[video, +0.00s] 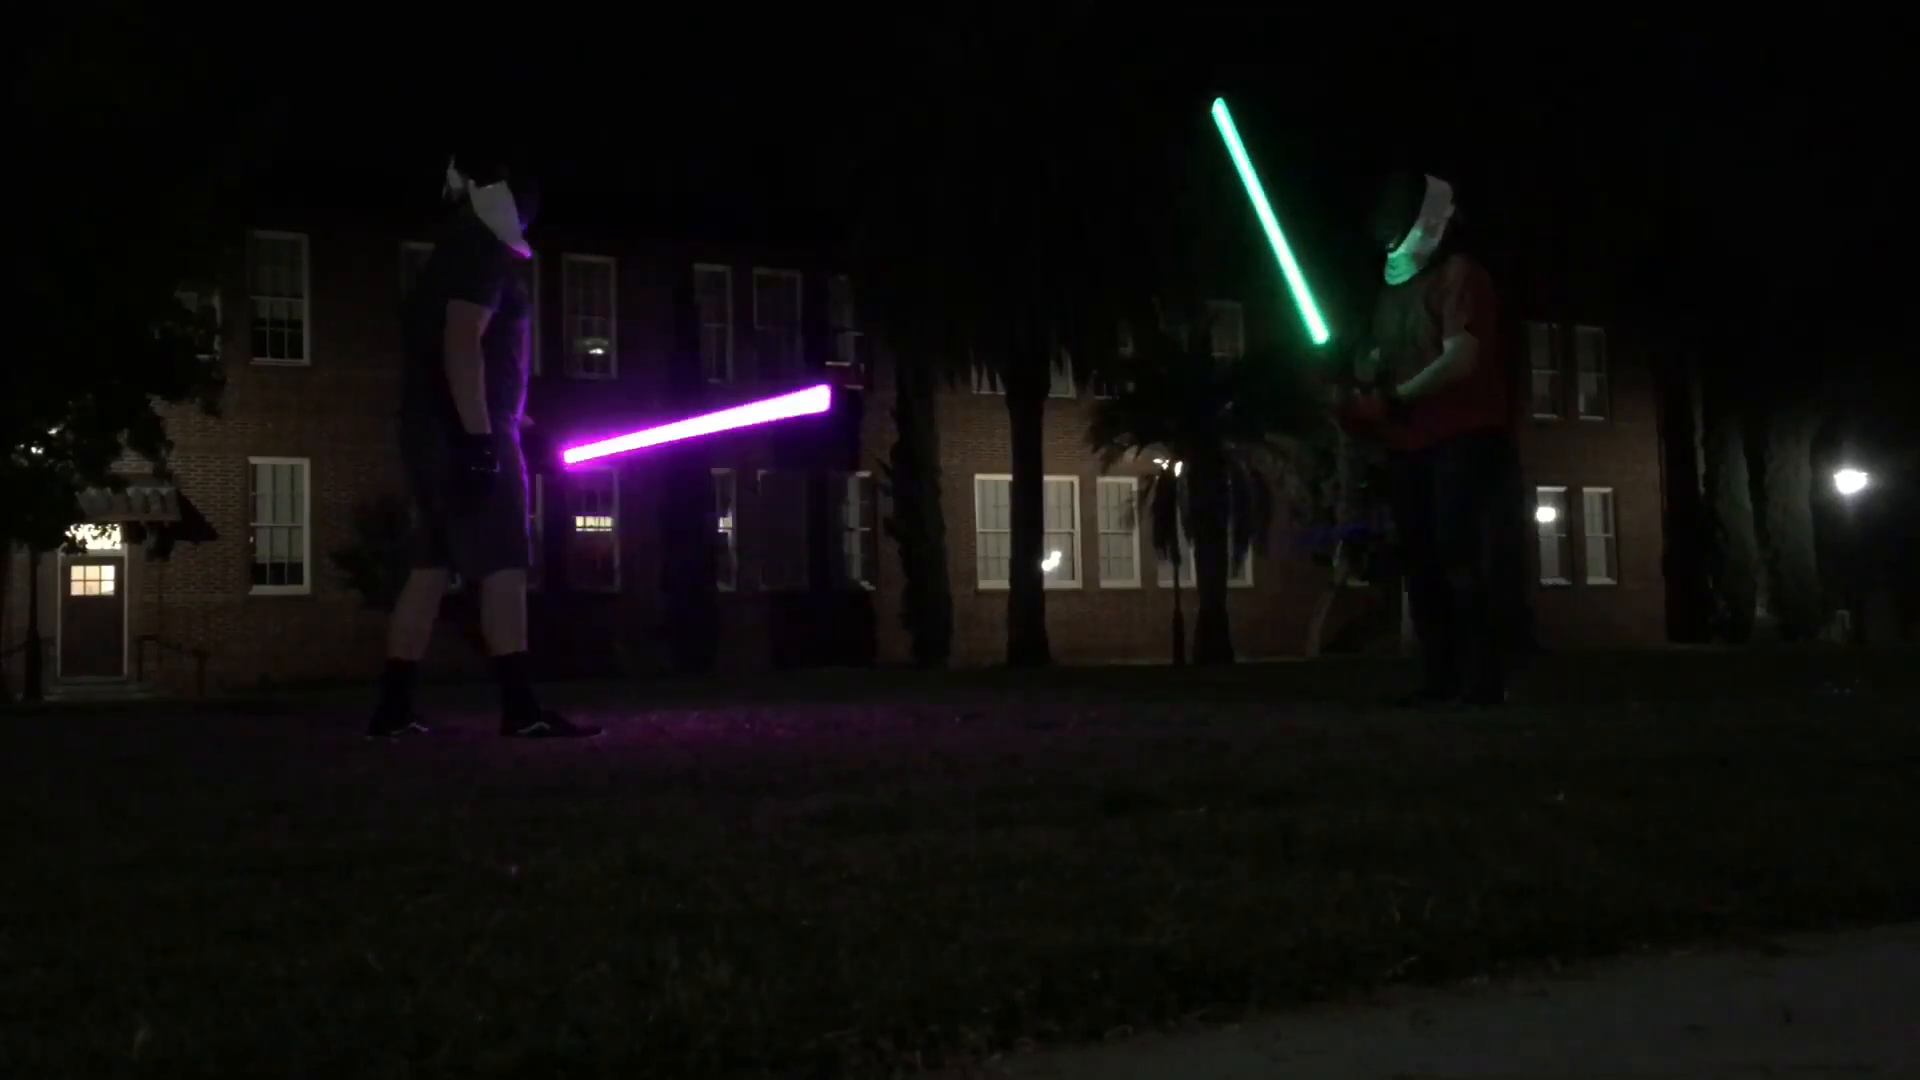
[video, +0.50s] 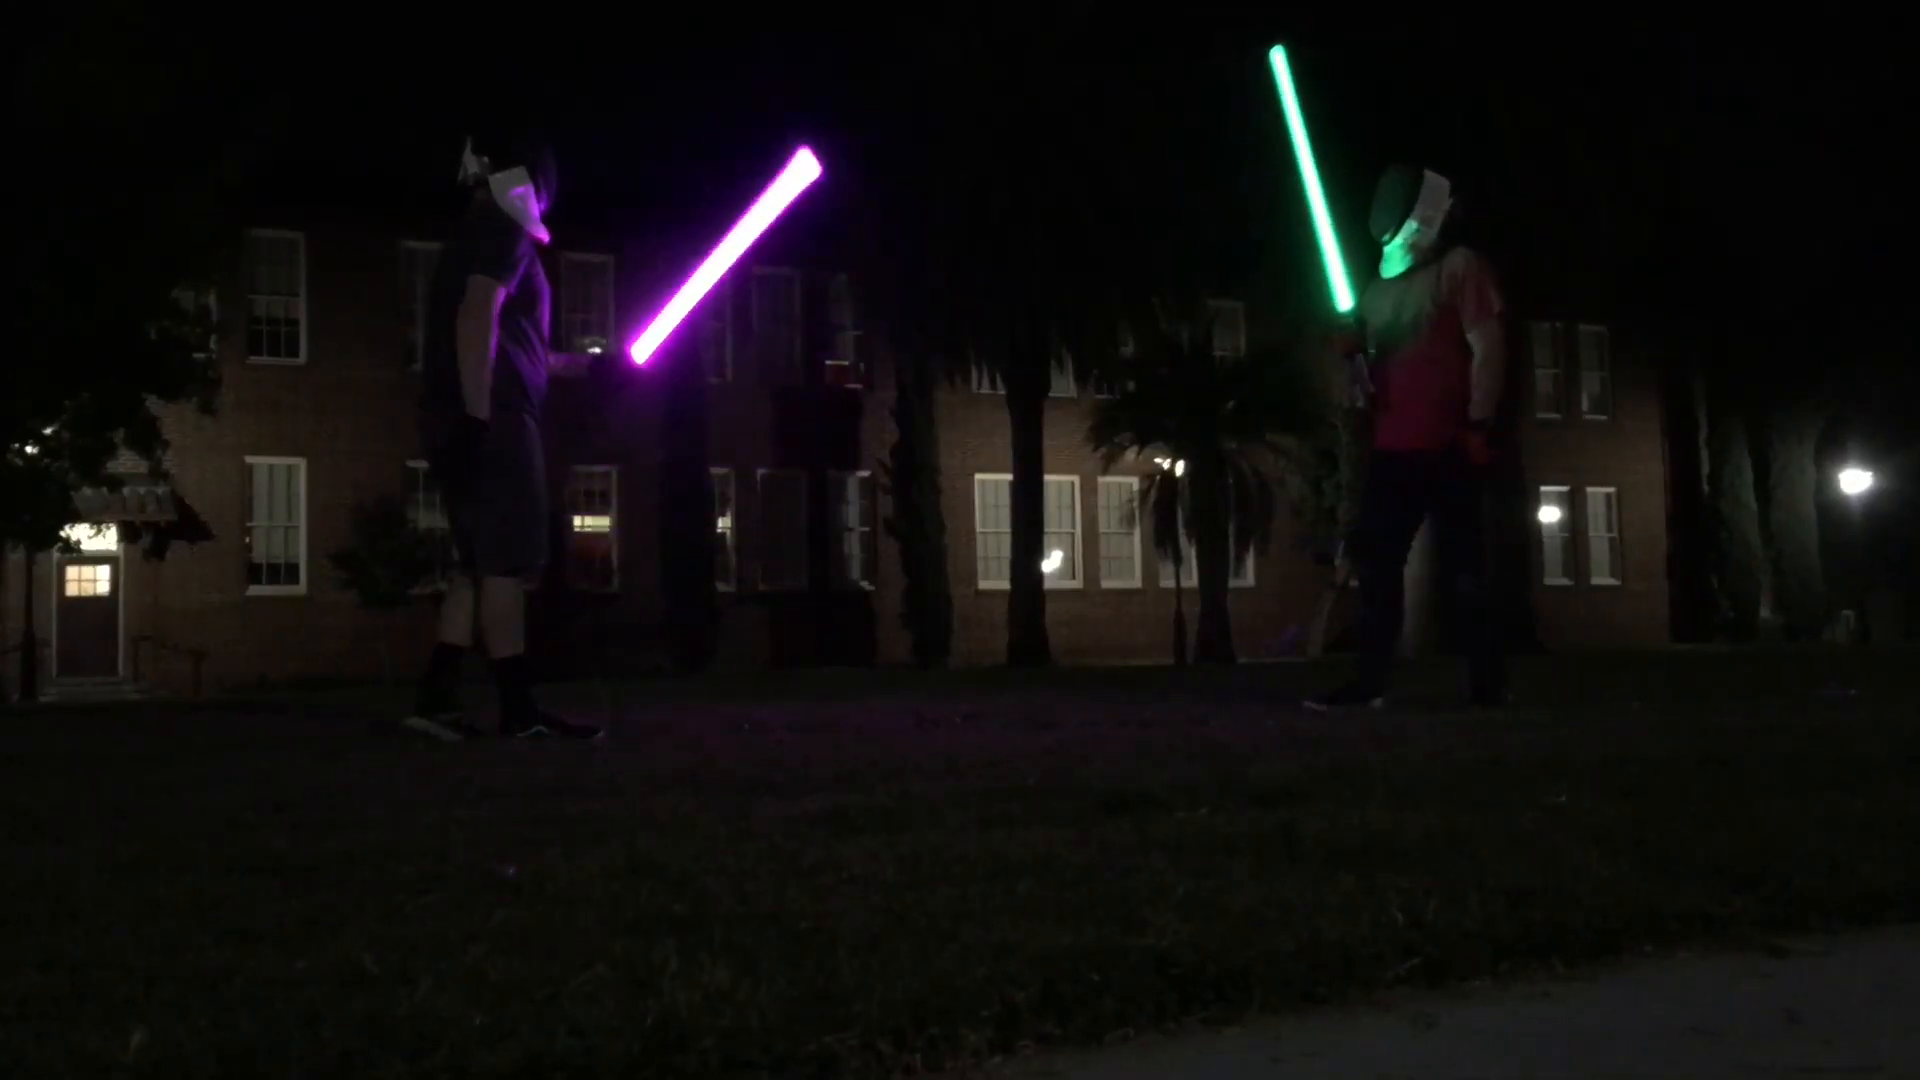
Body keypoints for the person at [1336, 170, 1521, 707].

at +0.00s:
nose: (1389, 235)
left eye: (1401, 223)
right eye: (1388, 223)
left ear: (1430, 222)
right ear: (1390, 226)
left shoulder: (1455, 275)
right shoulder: (1394, 290)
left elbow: (1462, 355)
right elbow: (1384, 356)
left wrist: (1398, 394)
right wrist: (1361, 376)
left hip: (1464, 444)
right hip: (1413, 445)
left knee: (1463, 559)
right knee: (1421, 561)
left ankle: (1476, 677)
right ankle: (1437, 672)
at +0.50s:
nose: (1387, 237)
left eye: (1397, 225)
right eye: (1385, 227)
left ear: (1425, 221)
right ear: (1389, 226)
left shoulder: (1460, 271)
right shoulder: (1379, 289)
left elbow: (1488, 348)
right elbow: (1361, 392)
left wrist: (1481, 421)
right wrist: (1349, 356)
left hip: (1452, 446)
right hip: (1394, 450)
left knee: (1463, 568)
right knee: (1376, 562)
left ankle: (1481, 679)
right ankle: (1367, 677)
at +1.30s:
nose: (1344, 236)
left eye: (1353, 224)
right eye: (1345, 225)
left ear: (1378, 223)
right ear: (1361, 223)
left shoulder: (1410, 273)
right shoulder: (1335, 292)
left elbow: (1459, 350)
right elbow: (1328, 369)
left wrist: (1446, 405)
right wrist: (1291, 391)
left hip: (1411, 446)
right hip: (1350, 453)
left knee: (1441, 567)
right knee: (1360, 574)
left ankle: (1471, 677)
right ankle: (1356, 681)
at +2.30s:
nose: (1373, 236)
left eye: (1387, 223)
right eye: (1371, 224)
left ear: (1415, 225)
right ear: (1371, 229)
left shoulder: (1440, 279)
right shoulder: (1373, 296)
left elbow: (1421, 358)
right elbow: (1355, 362)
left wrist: (1354, 392)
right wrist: (1323, 381)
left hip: (1439, 453)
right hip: (1382, 455)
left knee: (1451, 570)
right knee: (1351, 556)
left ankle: (1475, 683)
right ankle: (1350, 676)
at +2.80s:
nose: (1368, 262)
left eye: (1382, 252)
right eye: (1366, 250)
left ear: (1407, 260)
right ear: (1360, 258)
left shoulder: (1425, 312)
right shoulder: (1350, 329)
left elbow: (1372, 372)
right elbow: (1316, 393)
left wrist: (1303, 415)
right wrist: (1254, 411)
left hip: (1434, 479)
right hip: (1373, 482)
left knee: (1473, 586)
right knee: (1319, 563)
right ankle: (1311, 682)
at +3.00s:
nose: (1449, 282)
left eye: (1460, 271)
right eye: (1450, 273)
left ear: (1485, 274)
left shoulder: (1502, 310)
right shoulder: (1441, 330)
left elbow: (1431, 331)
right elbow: (1406, 398)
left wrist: (1367, 343)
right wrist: (1338, 392)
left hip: (1495, 482)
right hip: (1436, 485)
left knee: (1548, 598)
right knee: (1373, 584)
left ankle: (1640, 688)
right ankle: (1317, 690)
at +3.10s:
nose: (1491, 275)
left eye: (1502, 266)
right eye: (1486, 267)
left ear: (1527, 262)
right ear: (1484, 271)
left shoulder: (1554, 301)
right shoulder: (1474, 325)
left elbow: (1499, 277)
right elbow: (1444, 359)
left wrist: (1430, 280)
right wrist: (1398, 341)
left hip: (1550, 466)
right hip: (1484, 471)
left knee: (1587, 586)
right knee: (1431, 580)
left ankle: (1644, 687)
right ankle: (1361, 678)